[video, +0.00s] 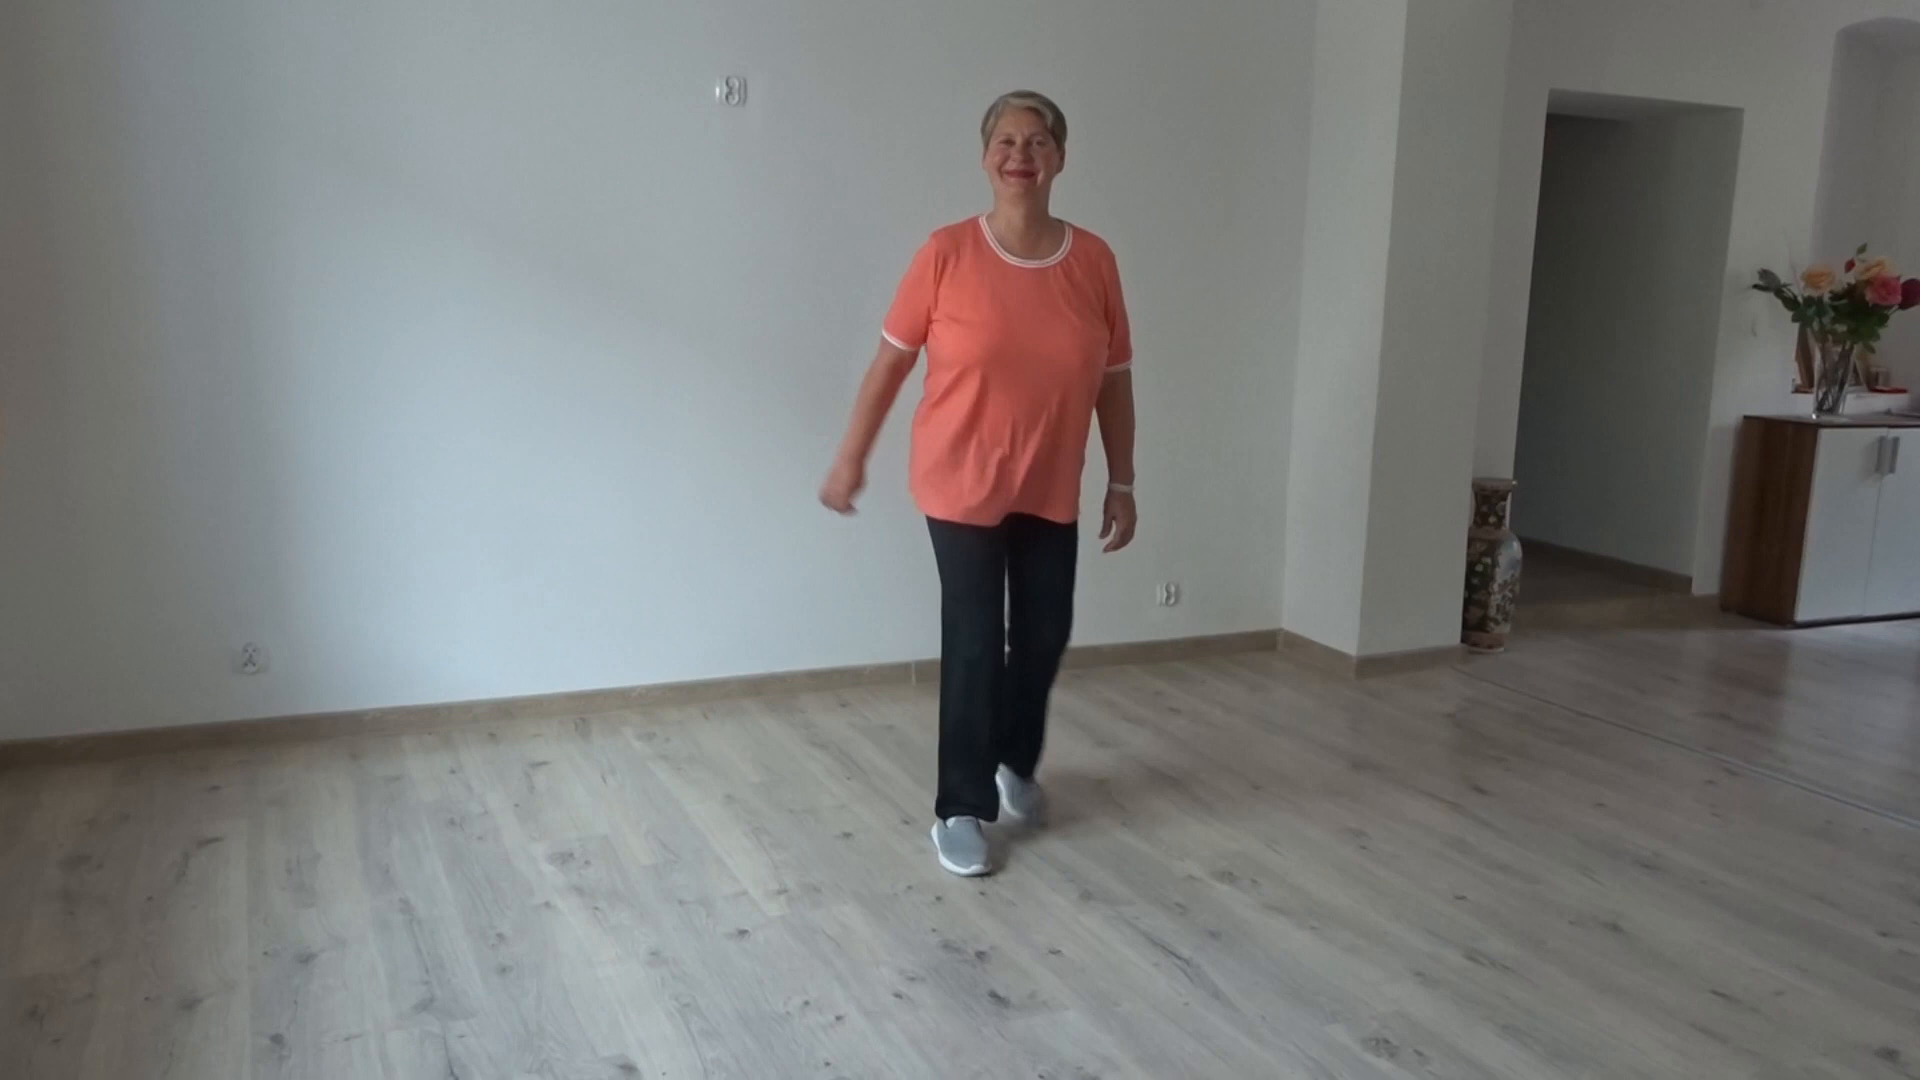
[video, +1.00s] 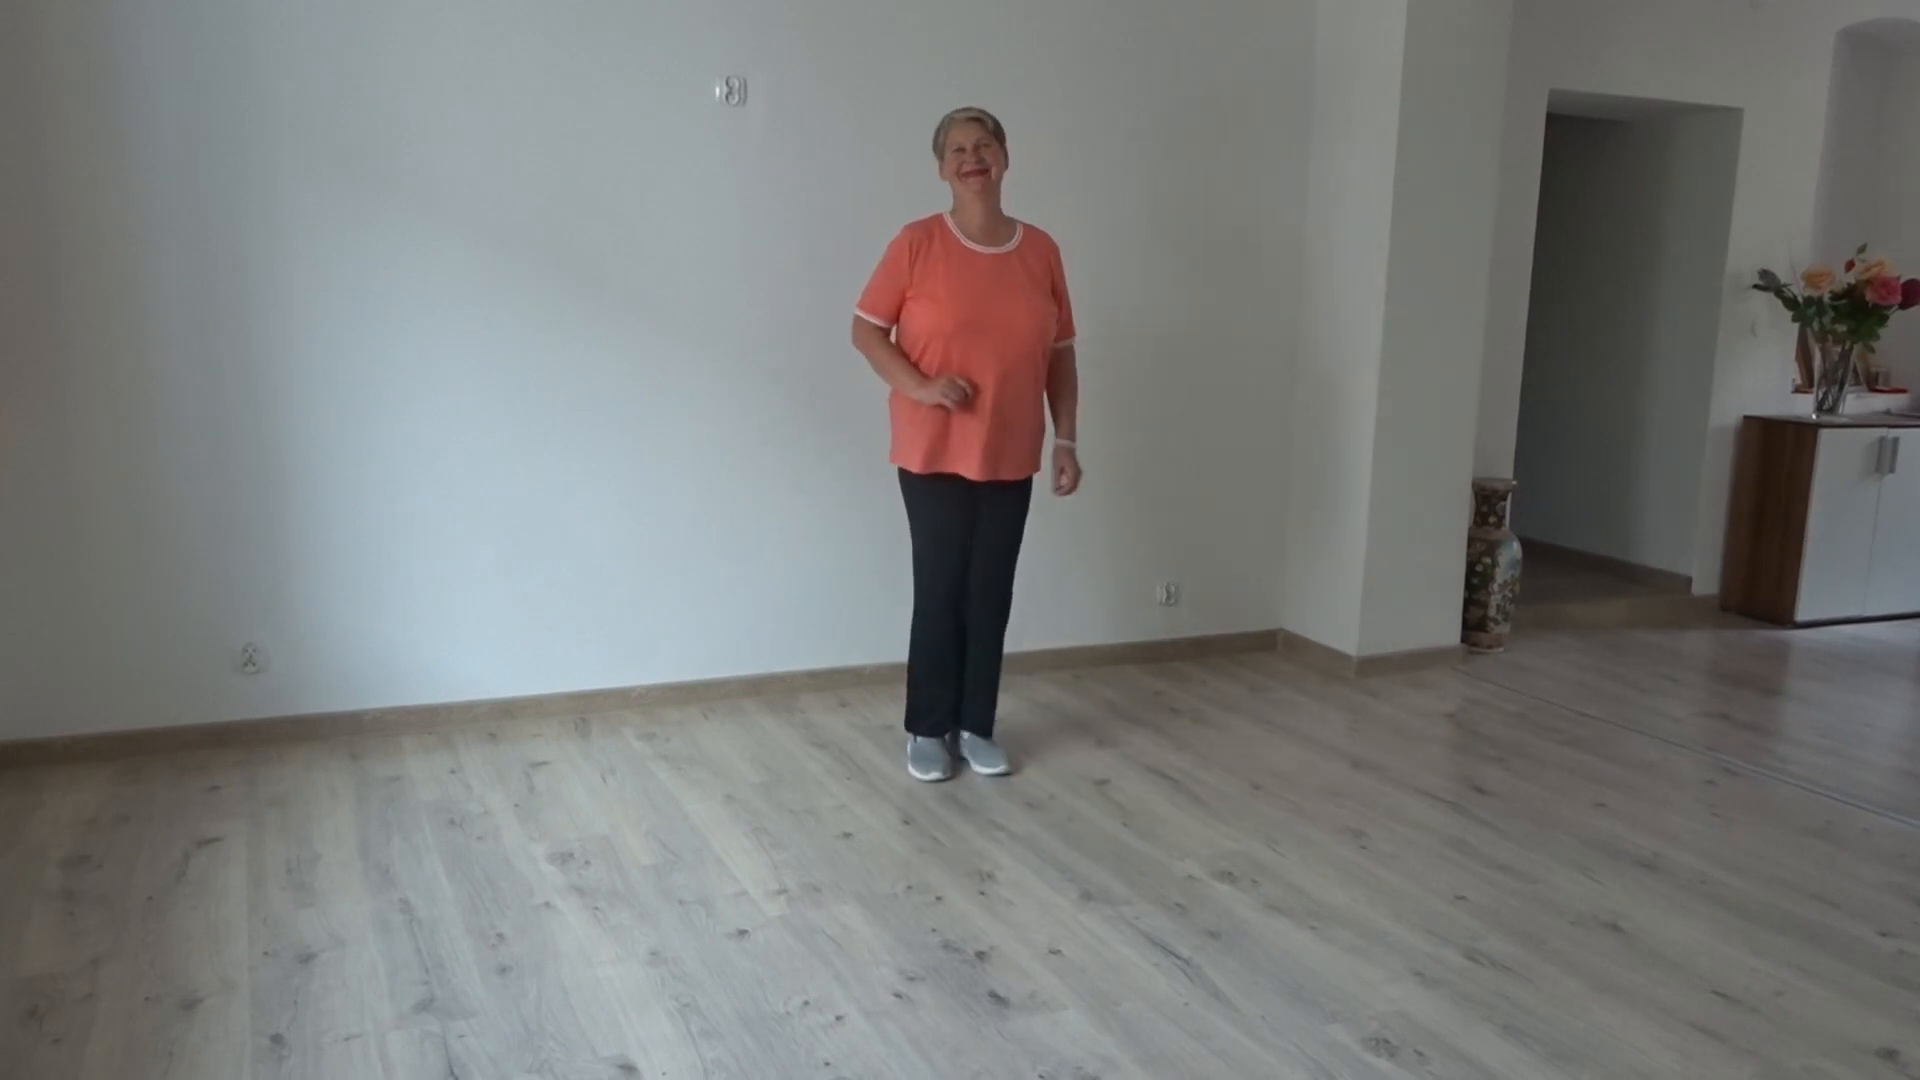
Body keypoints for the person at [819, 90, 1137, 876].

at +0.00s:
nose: (1018, 153)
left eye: (1035, 143)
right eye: (1005, 141)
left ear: (1059, 160)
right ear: (984, 157)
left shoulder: (1092, 259)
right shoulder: (948, 253)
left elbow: (1113, 380)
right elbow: (892, 360)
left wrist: (1122, 482)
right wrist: (850, 458)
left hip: (1051, 487)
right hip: (961, 483)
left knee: (1045, 637)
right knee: (974, 643)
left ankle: (1016, 761)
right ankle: (961, 809)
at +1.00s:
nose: (973, 157)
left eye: (984, 145)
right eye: (958, 150)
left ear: (1005, 158)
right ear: (942, 169)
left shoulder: (1039, 250)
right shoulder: (916, 244)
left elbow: (1060, 350)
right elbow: (867, 330)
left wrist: (1064, 437)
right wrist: (920, 384)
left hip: (1011, 459)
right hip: (935, 455)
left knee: (990, 600)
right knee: (940, 597)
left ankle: (975, 730)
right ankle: (928, 731)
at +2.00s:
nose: (985, 165)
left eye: (994, 155)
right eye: (970, 157)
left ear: (1008, 167)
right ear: (945, 170)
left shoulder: (1026, 254)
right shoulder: (919, 242)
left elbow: (1038, 353)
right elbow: (870, 328)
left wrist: (1047, 427)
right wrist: (937, 380)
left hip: (1004, 458)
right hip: (935, 454)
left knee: (986, 597)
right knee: (941, 595)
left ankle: (969, 728)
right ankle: (924, 730)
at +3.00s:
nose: (960, 161)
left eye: (974, 152)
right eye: (948, 151)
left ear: (994, 169)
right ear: (931, 166)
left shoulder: (1024, 244)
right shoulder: (909, 250)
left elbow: (1069, 337)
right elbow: (896, 335)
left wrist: (1011, 385)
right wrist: (875, 370)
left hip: (1009, 457)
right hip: (932, 456)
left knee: (986, 596)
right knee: (942, 593)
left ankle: (974, 730)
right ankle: (929, 731)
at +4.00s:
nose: (988, 166)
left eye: (1000, 155)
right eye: (975, 157)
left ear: (1019, 167)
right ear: (956, 171)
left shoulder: (1046, 255)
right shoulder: (924, 243)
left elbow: (1071, 343)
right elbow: (876, 325)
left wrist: (1056, 378)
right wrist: (915, 365)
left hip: (1012, 460)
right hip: (937, 457)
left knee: (991, 599)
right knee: (942, 595)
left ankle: (974, 728)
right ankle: (926, 730)